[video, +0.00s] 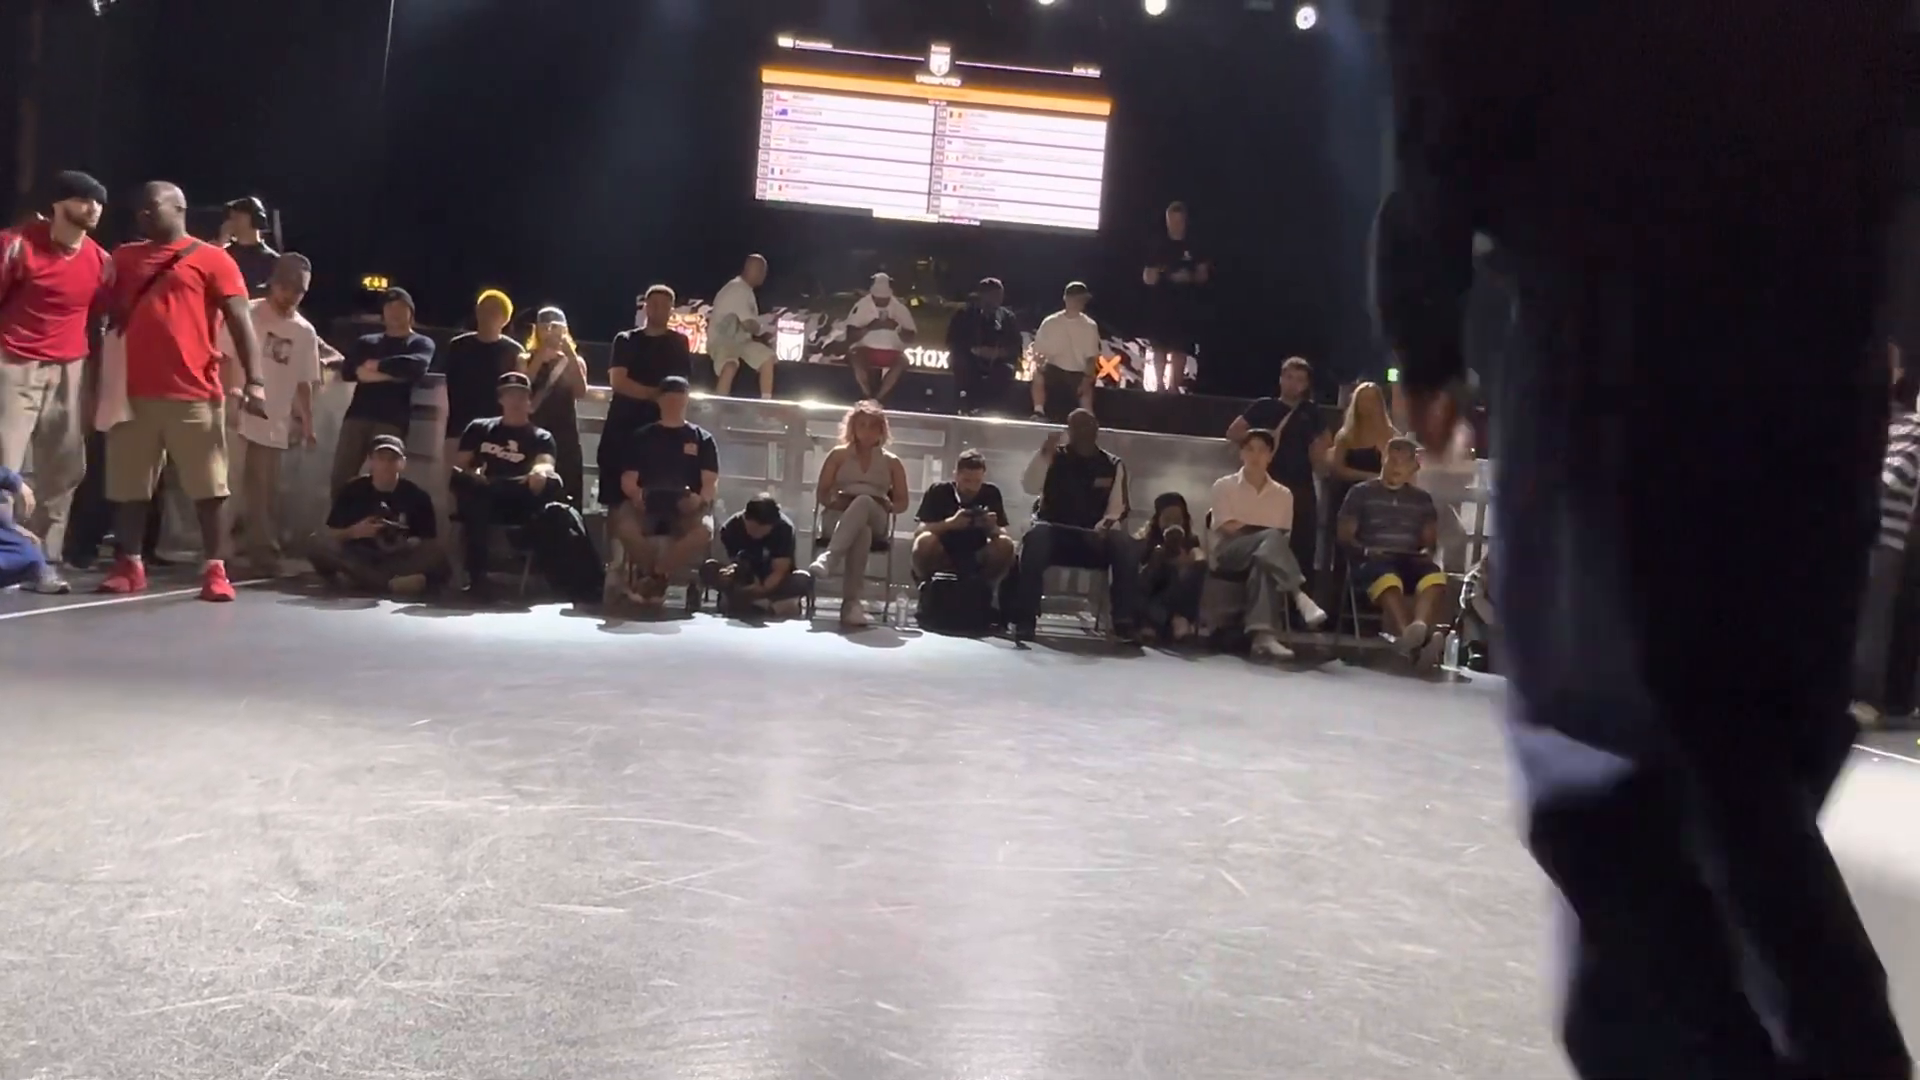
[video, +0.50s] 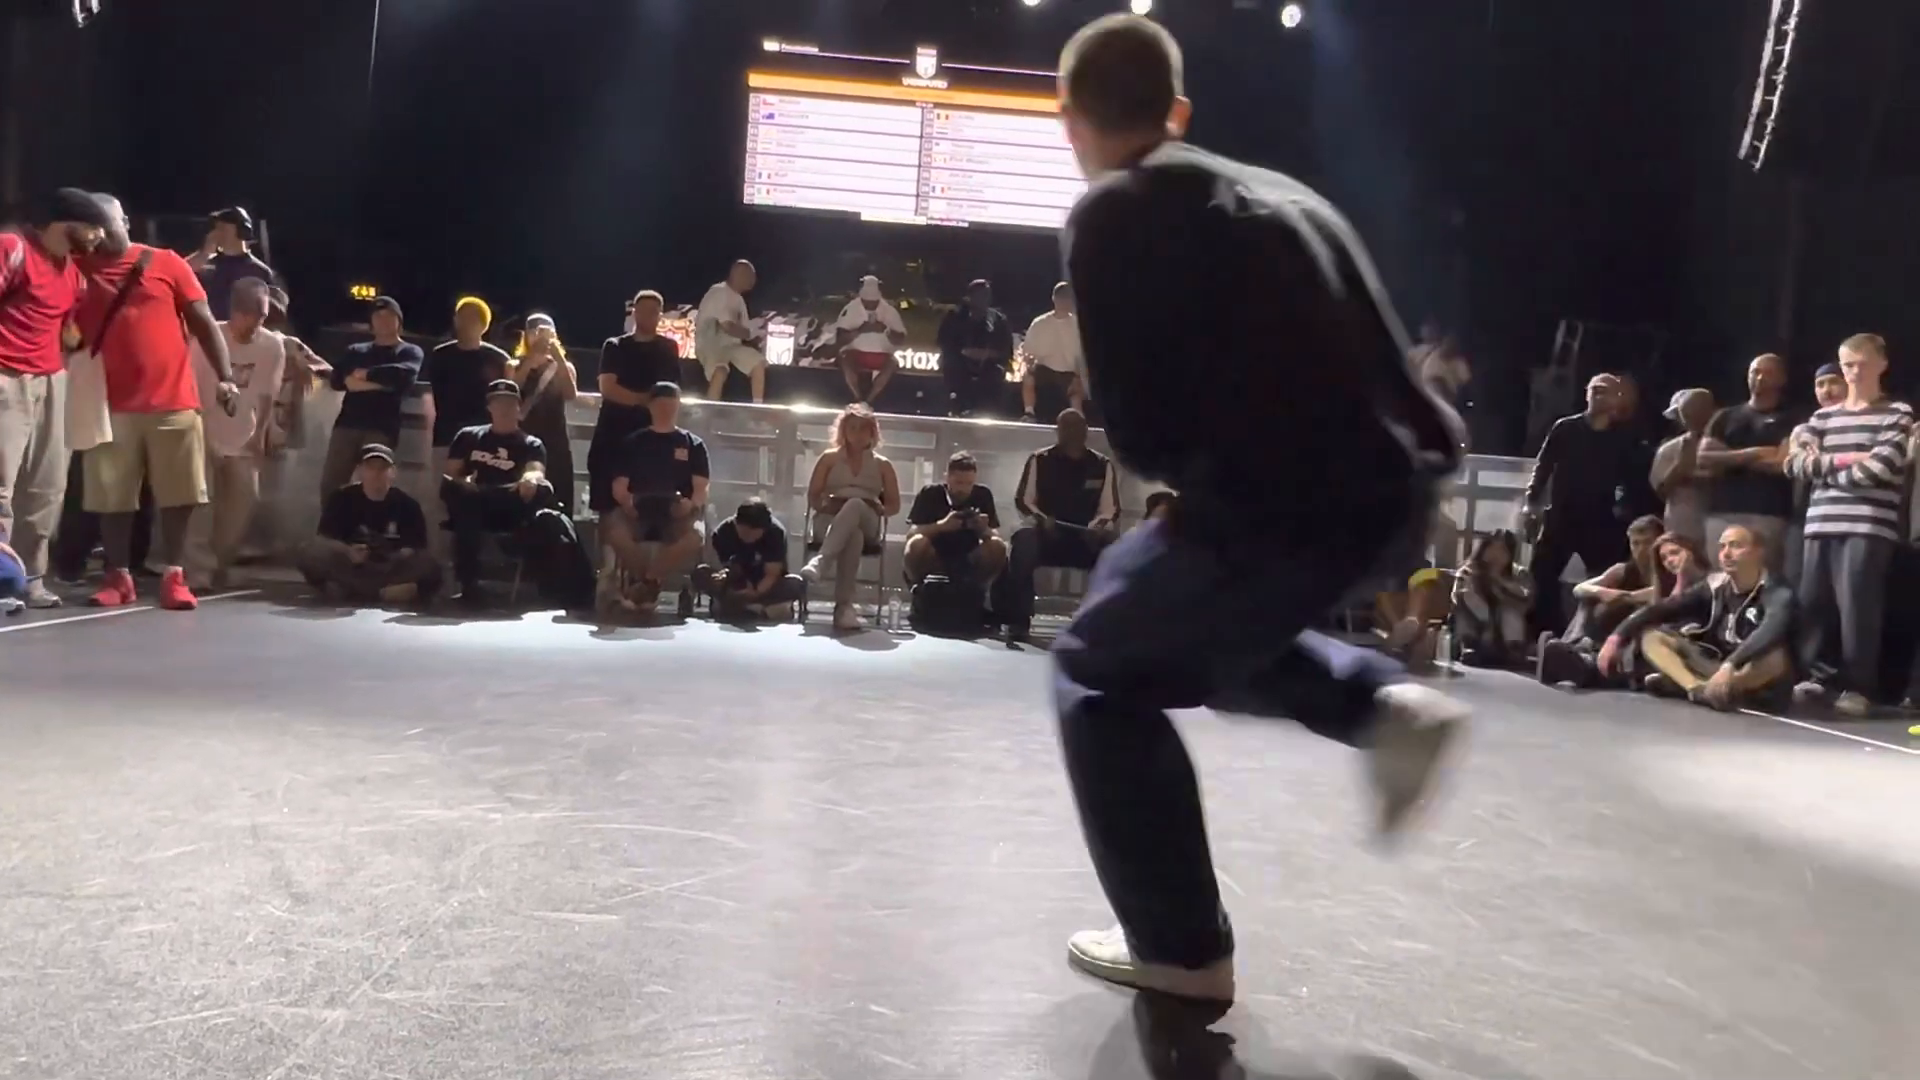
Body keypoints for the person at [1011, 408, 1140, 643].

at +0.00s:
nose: (1082, 433)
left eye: (1087, 426)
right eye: (1077, 427)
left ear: (1097, 430)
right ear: (1068, 430)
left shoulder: (1114, 465)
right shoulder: (1054, 457)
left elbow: (1117, 506)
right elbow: (1030, 486)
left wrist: (1106, 523)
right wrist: (1045, 453)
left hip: (1092, 537)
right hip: (1056, 535)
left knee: (1124, 542)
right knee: (1036, 537)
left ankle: (1124, 621)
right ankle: (1025, 621)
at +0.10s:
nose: (1081, 433)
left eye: (1087, 427)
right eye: (1075, 427)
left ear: (1095, 432)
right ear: (1066, 430)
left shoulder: (1112, 465)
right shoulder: (1047, 457)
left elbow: (1116, 508)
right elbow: (1029, 501)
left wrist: (1105, 524)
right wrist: (1041, 484)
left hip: (1090, 537)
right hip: (1053, 535)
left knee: (1123, 543)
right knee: (1033, 538)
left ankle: (1123, 621)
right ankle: (1023, 621)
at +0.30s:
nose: (1075, 437)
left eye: (1082, 431)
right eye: (1070, 431)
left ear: (1091, 433)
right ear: (1063, 432)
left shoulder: (1109, 467)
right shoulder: (1044, 461)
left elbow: (1114, 509)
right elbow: (1030, 502)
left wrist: (1106, 523)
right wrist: (1043, 516)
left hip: (1090, 538)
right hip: (1054, 535)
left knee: (1122, 545)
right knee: (1028, 540)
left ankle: (1121, 624)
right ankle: (1022, 624)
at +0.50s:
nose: (1072, 436)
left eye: (1077, 430)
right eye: (1066, 430)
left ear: (1086, 432)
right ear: (1057, 432)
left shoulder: (1102, 465)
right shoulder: (1038, 460)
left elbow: (1109, 508)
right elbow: (1024, 500)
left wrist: (1100, 522)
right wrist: (1040, 518)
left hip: (1085, 536)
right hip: (1049, 534)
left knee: (1112, 544)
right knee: (1023, 539)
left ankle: (1104, 626)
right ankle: (1019, 622)